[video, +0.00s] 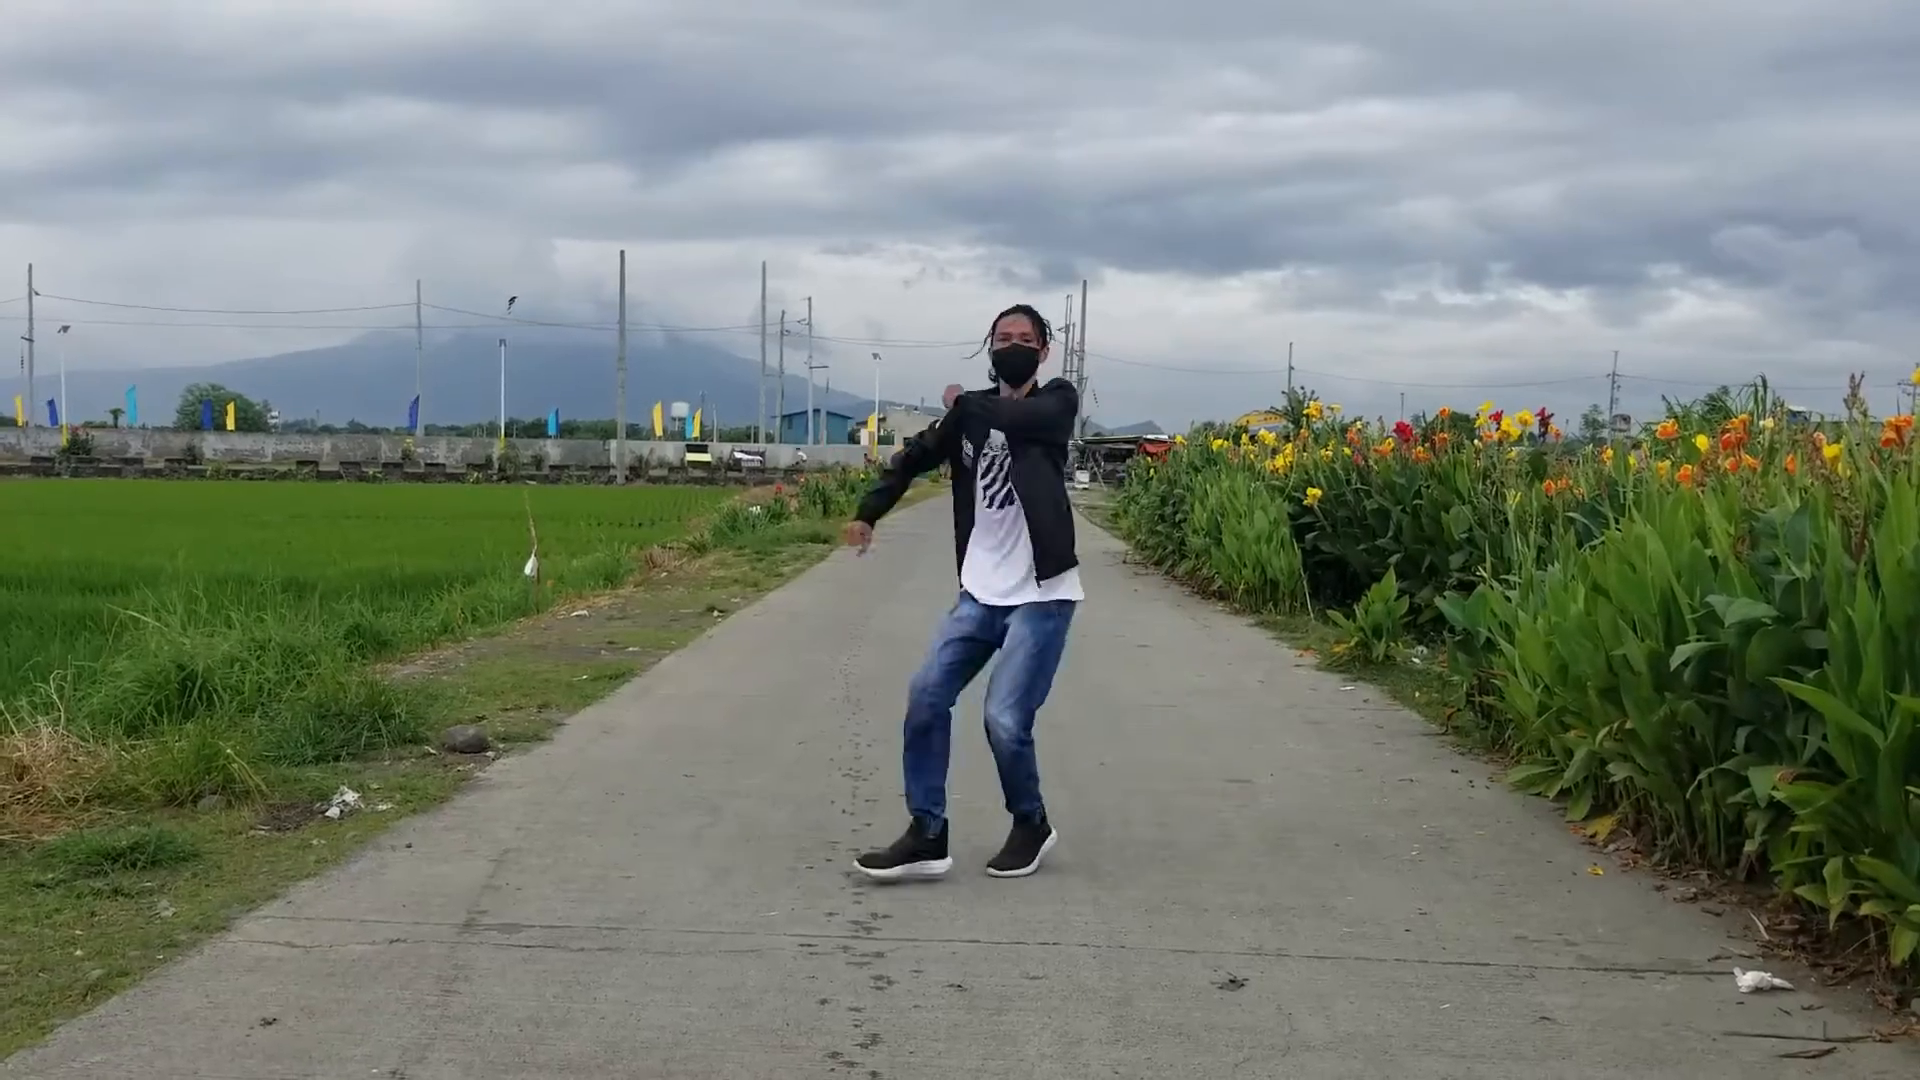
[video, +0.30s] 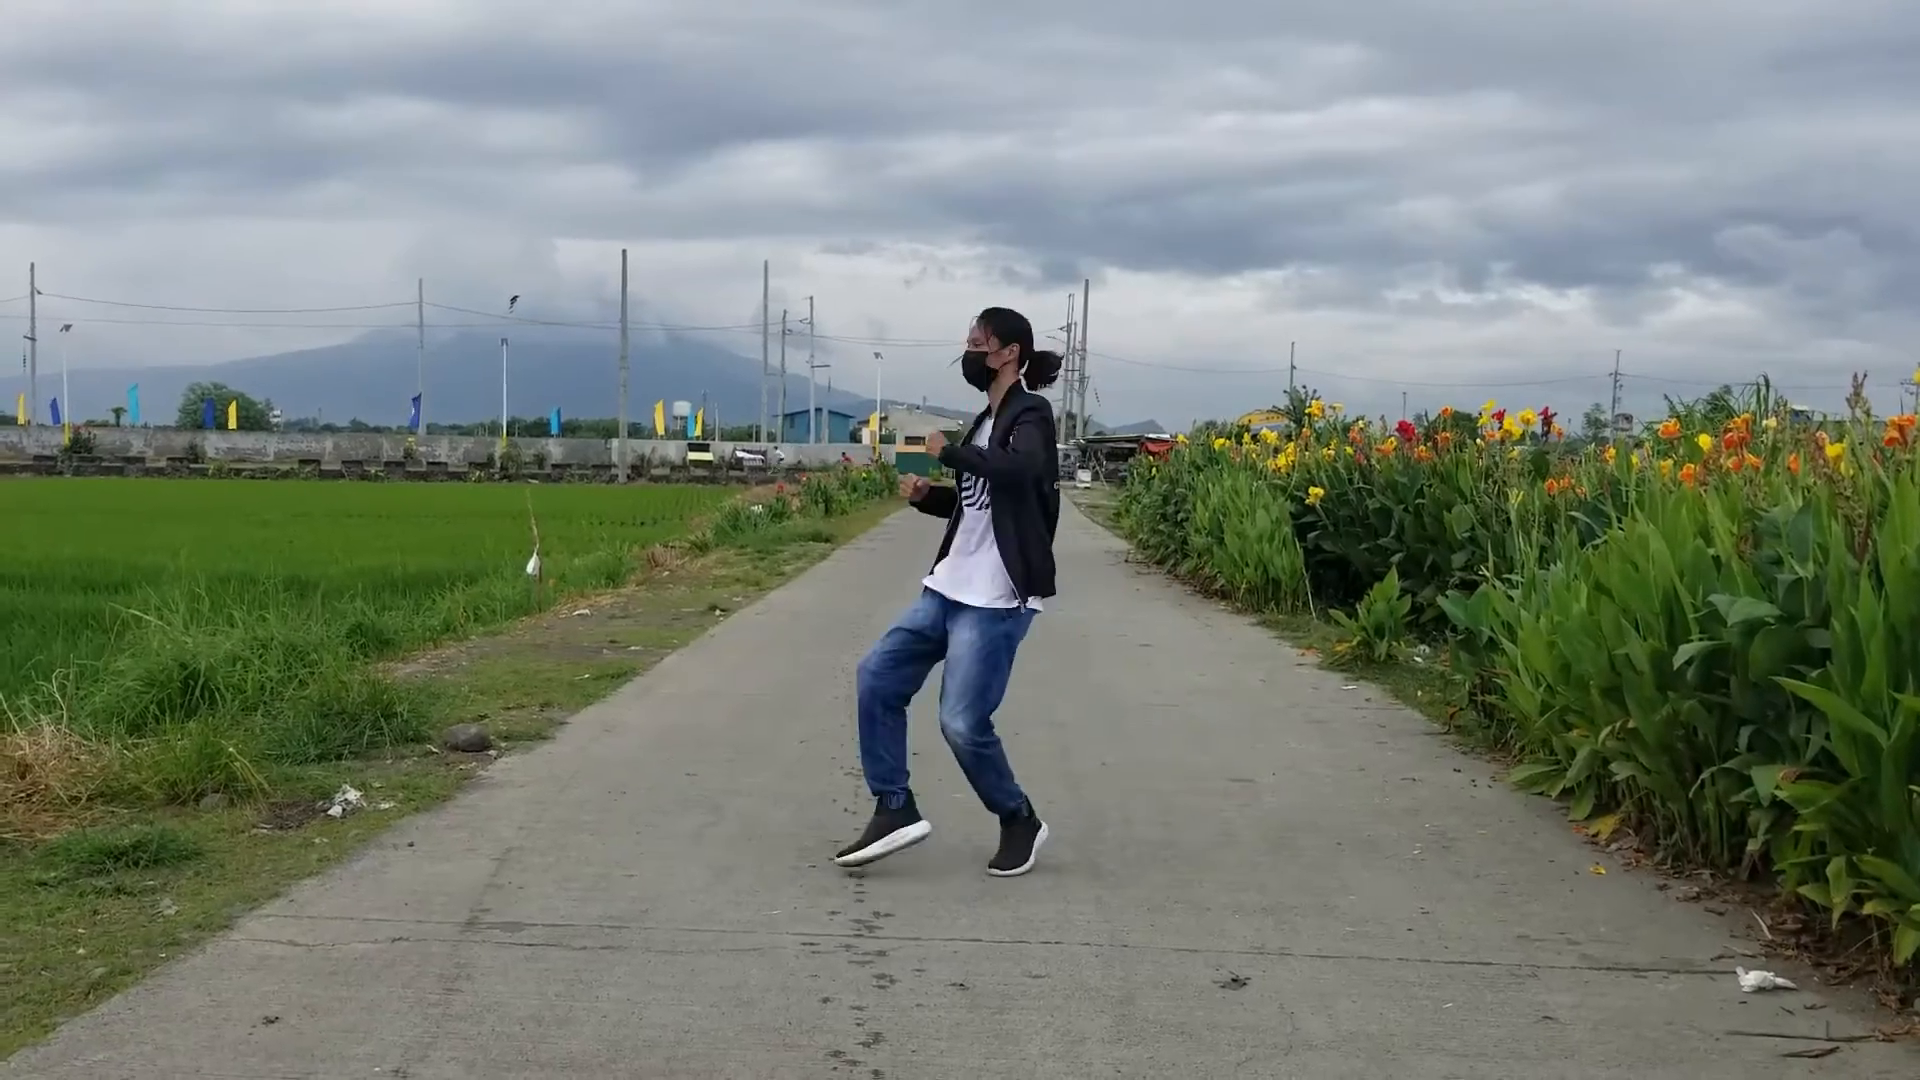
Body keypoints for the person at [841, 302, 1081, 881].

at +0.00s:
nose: (1013, 341)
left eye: (1025, 334)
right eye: (1003, 334)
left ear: (1043, 349)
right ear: (990, 348)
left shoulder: (1058, 397)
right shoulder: (967, 411)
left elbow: (1033, 419)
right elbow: (912, 462)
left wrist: (965, 402)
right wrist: (867, 514)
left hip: (1045, 592)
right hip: (982, 592)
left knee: (1004, 718)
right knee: (926, 693)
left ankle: (1030, 825)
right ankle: (927, 835)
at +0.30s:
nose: (970, 349)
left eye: (980, 342)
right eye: (970, 341)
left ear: (1012, 351)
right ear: (991, 353)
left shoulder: (1032, 414)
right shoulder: (985, 421)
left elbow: (1021, 467)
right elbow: (975, 507)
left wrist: (950, 453)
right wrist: (928, 497)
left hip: (998, 595)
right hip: (948, 585)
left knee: (961, 722)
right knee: (876, 679)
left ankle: (1018, 821)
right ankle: (895, 811)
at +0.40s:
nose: (965, 346)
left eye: (974, 338)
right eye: (967, 338)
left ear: (1002, 351)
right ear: (997, 353)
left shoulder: (1023, 405)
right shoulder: (992, 411)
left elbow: (1059, 462)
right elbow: (997, 473)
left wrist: (986, 516)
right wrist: (966, 432)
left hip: (989, 590)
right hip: (948, 580)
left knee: (946, 720)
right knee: (875, 684)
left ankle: (1013, 817)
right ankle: (895, 799)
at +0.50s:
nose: (960, 356)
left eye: (969, 348)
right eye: (963, 348)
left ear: (997, 360)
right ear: (994, 361)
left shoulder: (1017, 418)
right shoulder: (984, 418)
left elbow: (1055, 496)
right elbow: (995, 501)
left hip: (982, 596)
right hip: (944, 584)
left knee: (926, 721)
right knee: (901, 701)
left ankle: (1003, 816)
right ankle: (905, 807)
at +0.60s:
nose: (969, 344)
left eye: (979, 337)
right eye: (971, 336)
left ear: (1008, 350)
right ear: (998, 351)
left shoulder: (1020, 410)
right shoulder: (994, 409)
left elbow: (1050, 496)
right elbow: (978, 470)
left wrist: (1048, 585)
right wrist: (964, 422)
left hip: (1004, 596)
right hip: (967, 589)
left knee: (946, 705)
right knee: (908, 683)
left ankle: (1002, 822)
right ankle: (905, 801)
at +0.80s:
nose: (1010, 353)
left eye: (1021, 345)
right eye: (1006, 345)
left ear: (1050, 355)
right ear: (1001, 353)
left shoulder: (1074, 409)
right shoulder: (985, 405)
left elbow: (1034, 458)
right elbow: (966, 491)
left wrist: (960, 419)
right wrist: (1012, 551)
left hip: (1065, 577)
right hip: (1009, 578)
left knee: (1054, 694)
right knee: (987, 703)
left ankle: (1107, 798)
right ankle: (1048, 808)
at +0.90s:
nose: (1018, 357)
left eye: (1028, 349)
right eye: (1015, 349)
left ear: (1059, 355)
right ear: (1015, 355)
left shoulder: (1089, 407)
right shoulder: (997, 423)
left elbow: (1060, 463)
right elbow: (1001, 513)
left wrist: (1005, 409)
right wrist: (1026, 595)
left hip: (1082, 598)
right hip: (1017, 599)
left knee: (1131, 720)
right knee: (990, 707)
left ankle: (1182, 810)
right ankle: (1046, 804)